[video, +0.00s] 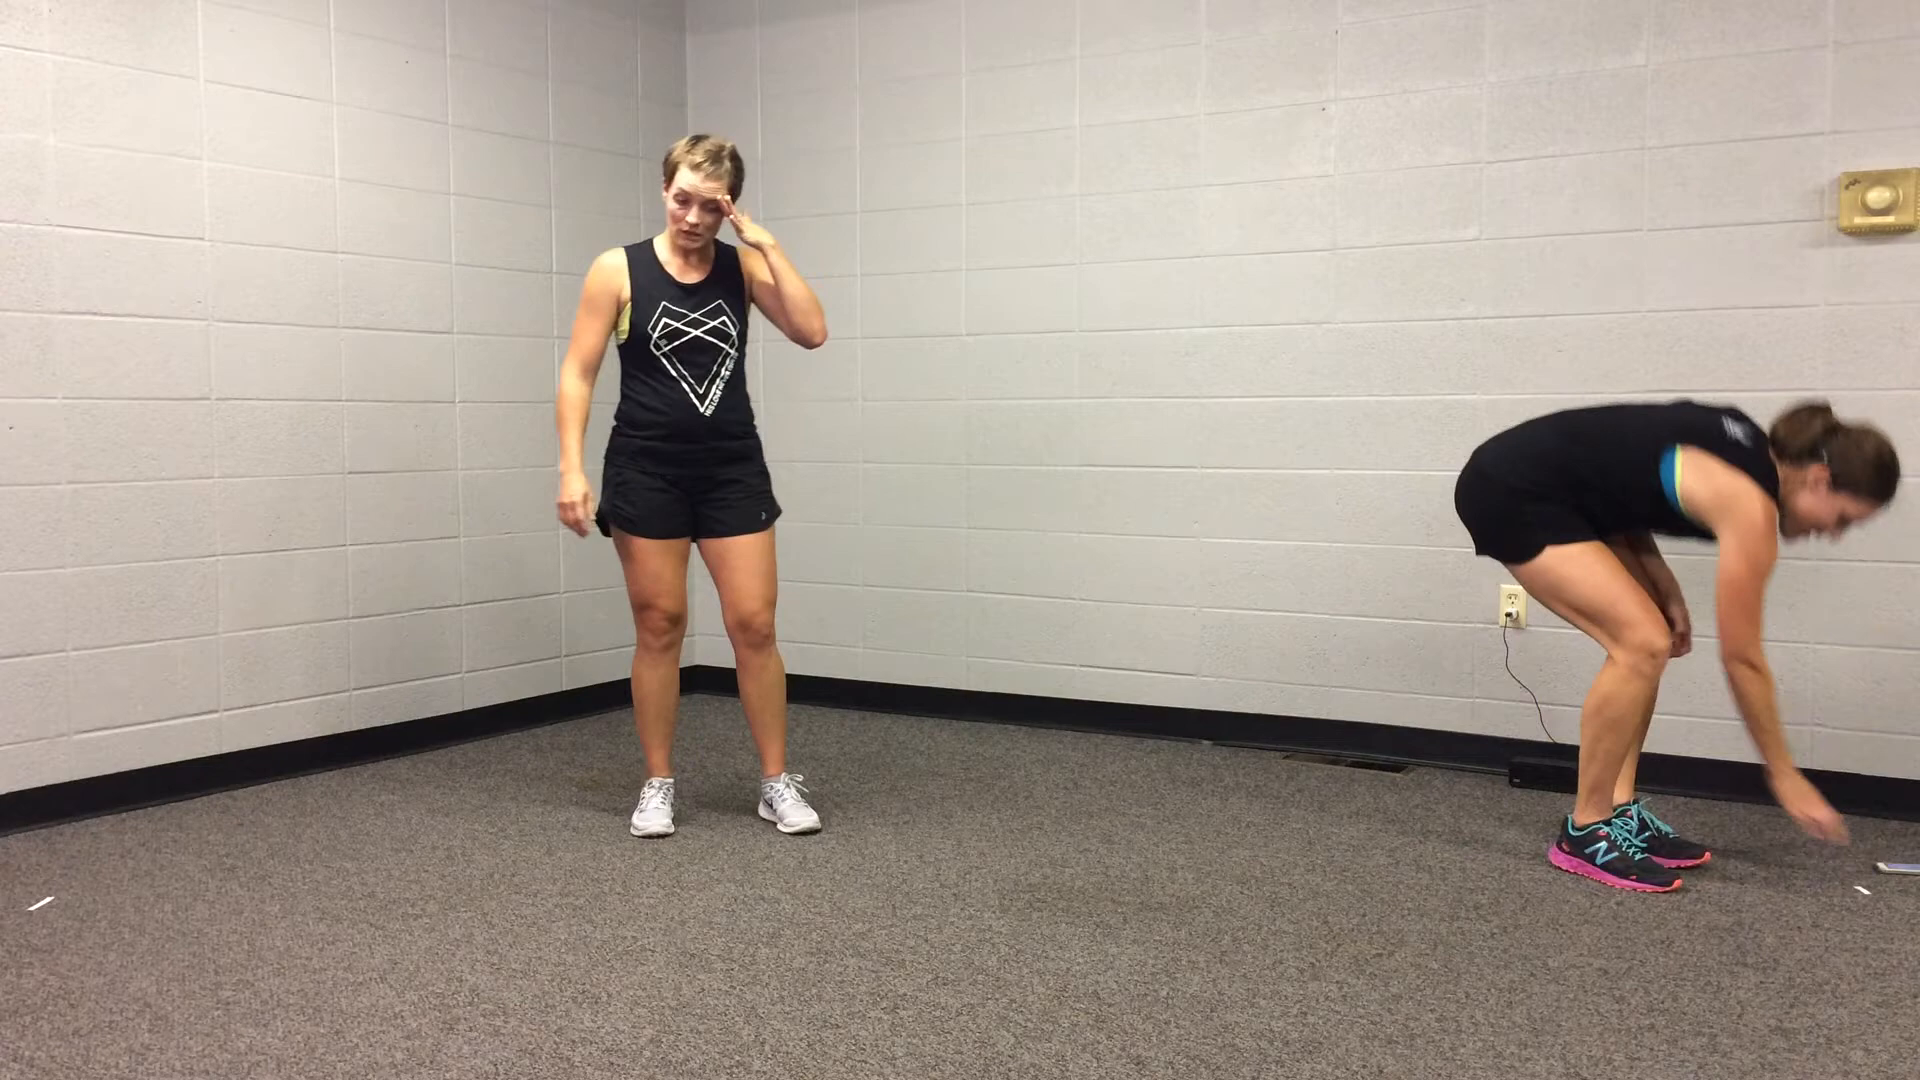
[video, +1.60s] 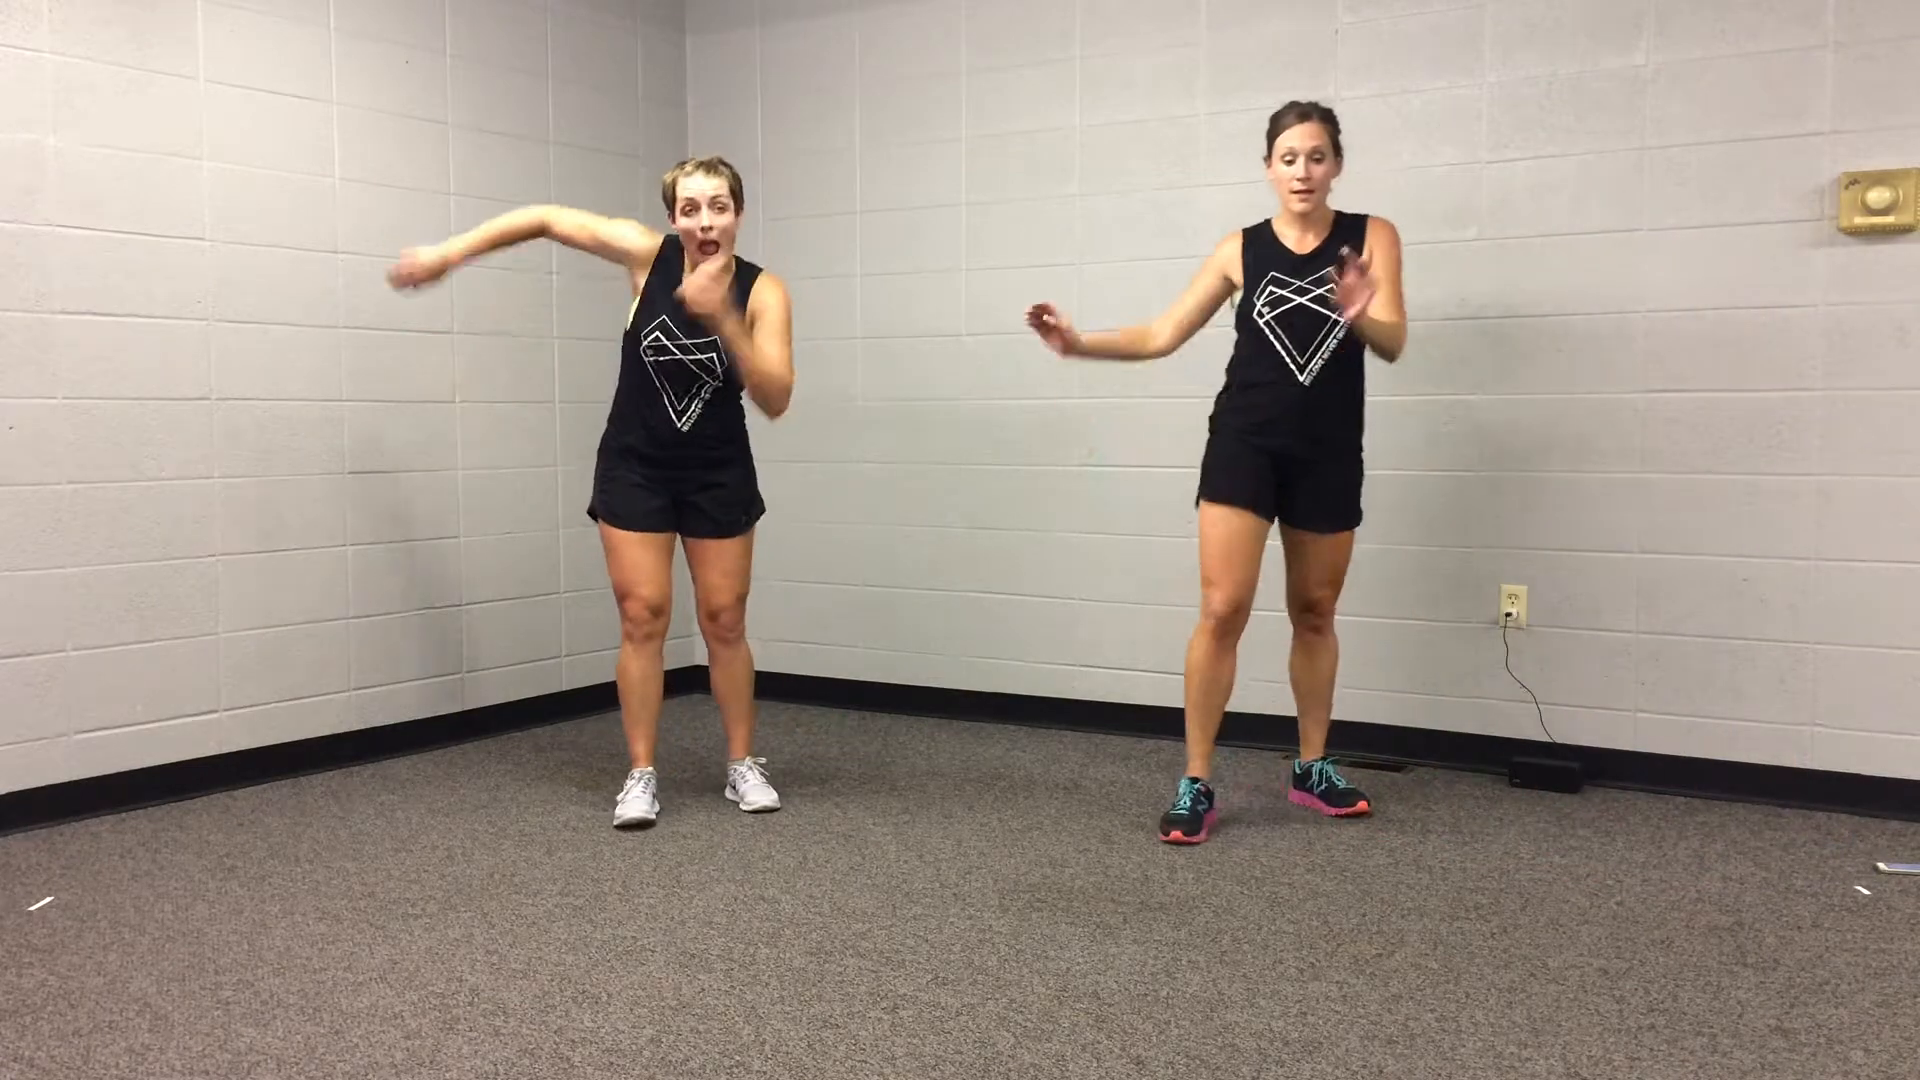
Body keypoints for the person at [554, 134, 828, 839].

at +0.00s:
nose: (694, 213)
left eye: (709, 203)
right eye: (685, 198)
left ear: (728, 209)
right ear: (666, 192)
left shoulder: (743, 269)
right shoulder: (617, 270)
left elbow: (811, 330)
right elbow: (578, 372)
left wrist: (765, 241)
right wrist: (571, 470)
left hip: (731, 469)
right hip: (646, 472)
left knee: (755, 624)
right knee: (659, 623)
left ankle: (776, 780)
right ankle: (658, 781)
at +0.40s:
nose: (681, 215)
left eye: (692, 201)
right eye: (668, 201)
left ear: (702, 200)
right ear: (633, 198)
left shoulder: (719, 267)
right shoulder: (588, 280)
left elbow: (787, 348)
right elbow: (555, 385)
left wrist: (781, 299)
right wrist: (566, 482)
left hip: (713, 460)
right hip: (628, 469)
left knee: (768, 592)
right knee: (651, 619)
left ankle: (798, 763)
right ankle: (659, 779)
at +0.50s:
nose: (683, 212)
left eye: (690, 198)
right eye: (668, 199)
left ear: (696, 198)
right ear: (630, 199)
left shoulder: (711, 266)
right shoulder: (585, 281)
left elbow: (762, 334)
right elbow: (557, 386)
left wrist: (793, 364)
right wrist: (567, 486)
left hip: (713, 455)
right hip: (629, 465)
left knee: (767, 590)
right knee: (650, 619)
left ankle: (829, 754)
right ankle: (659, 779)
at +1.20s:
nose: (715, 207)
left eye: (726, 193)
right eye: (700, 195)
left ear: (739, 201)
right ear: (674, 206)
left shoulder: (767, 279)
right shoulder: (633, 276)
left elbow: (838, 363)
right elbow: (566, 340)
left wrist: (765, 362)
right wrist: (518, 421)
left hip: (738, 472)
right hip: (654, 470)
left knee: (737, 619)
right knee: (652, 615)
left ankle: (743, 764)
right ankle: (645, 774)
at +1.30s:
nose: (712, 207)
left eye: (723, 193)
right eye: (697, 195)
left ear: (739, 204)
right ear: (675, 207)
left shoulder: (764, 286)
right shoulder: (635, 272)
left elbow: (820, 384)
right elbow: (557, 323)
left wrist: (772, 321)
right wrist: (489, 387)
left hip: (734, 470)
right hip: (652, 468)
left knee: (735, 619)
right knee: (654, 617)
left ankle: (743, 765)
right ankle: (644, 776)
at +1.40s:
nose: (708, 210)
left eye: (720, 195)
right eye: (693, 198)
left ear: (739, 205)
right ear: (673, 209)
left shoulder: (761, 285)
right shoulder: (640, 260)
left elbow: (802, 375)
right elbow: (549, 274)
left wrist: (782, 278)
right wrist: (465, 311)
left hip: (730, 469)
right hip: (646, 467)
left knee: (733, 620)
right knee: (650, 615)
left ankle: (743, 764)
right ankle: (643, 775)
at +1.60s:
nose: (707, 220)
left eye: (719, 206)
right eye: (692, 209)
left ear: (739, 213)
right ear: (674, 216)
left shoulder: (762, 290)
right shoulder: (649, 254)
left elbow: (776, 398)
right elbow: (546, 218)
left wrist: (724, 319)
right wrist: (447, 254)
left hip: (717, 470)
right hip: (635, 467)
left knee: (725, 619)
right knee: (641, 616)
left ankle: (744, 764)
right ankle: (641, 774)